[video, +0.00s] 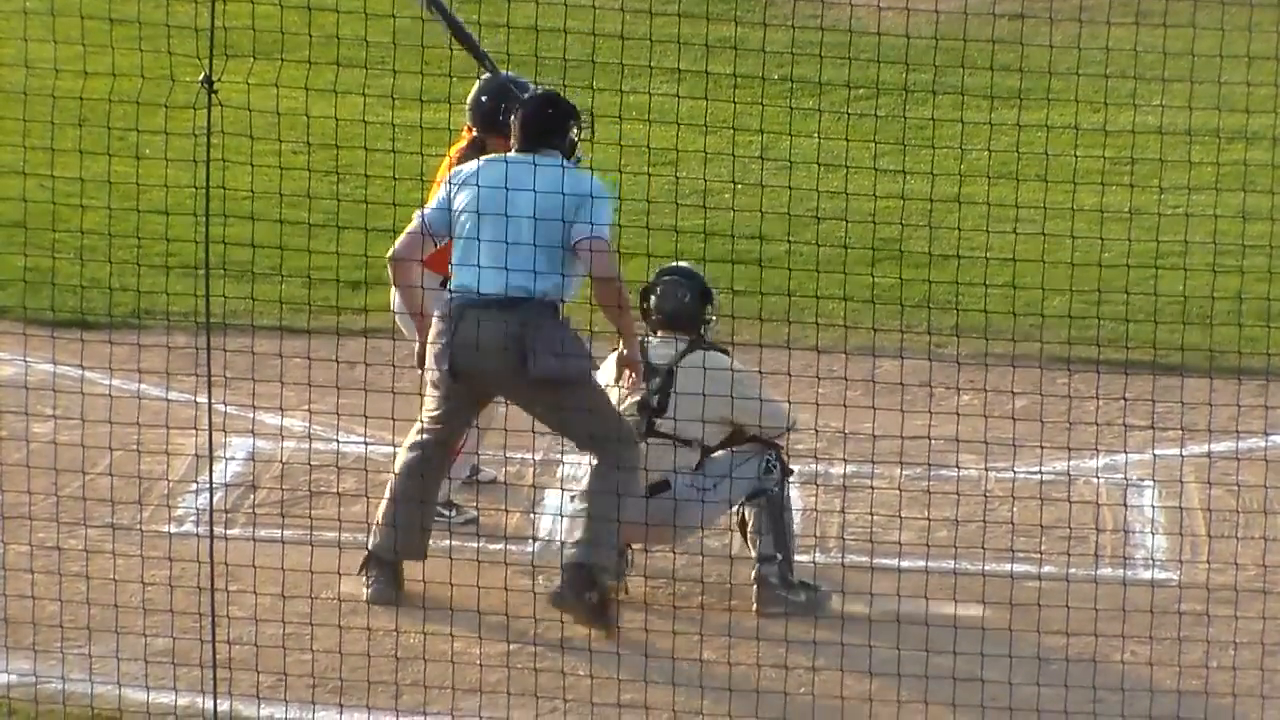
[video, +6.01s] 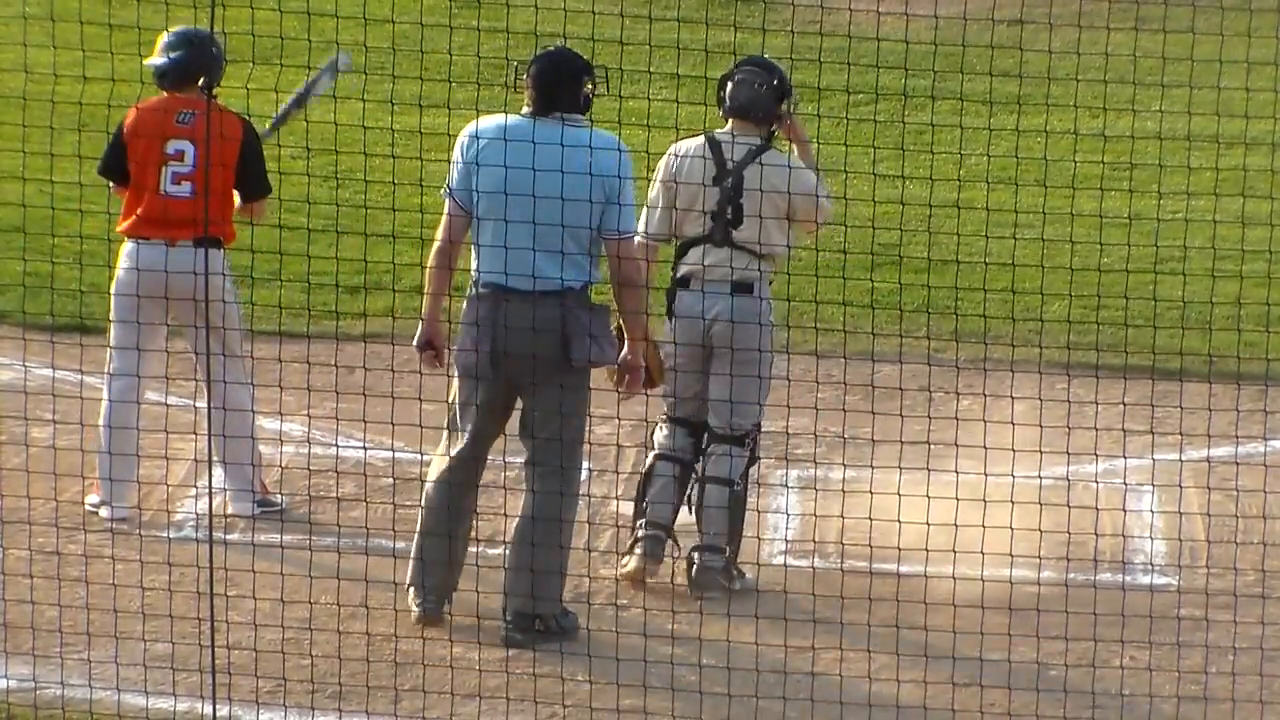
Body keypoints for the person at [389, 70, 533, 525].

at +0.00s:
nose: (521, 132)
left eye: (521, 123)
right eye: (516, 122)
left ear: (482, 122)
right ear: (497, 125)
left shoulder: (475, 156)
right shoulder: (470, 165)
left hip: (442, 281)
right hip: (430, 284)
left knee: (472, 371)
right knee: (452, 383)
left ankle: (465, 463)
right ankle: (437, 491)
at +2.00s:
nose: (536, 173)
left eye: (536, 165)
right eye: (531, 166)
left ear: (491, 168)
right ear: (519, 172)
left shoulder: (511, 210)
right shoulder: (475, 207)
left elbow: (527, 256)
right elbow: (488, 272)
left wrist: (550, 244)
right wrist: (536, 252)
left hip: (450, 327)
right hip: (411, 324)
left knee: (489, 401)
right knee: (467, 410)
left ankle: (443, 504)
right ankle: (435, 509)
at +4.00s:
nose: (272, 87)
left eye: (271, 80)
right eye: (271, 80)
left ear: (222, 69)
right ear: (264, 77)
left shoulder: (179, 107)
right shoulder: (269, 121)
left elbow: (161, 177)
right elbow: (285, 208)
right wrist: (288, 180)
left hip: (174, 253)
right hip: (239, 256)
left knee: (138, 364)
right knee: (257, 370)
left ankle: (98, 473)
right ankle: (262, 487)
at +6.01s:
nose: (156, 77)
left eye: (161, 71)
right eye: (160, 72)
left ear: (166, 72)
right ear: (210, 75)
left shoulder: (139, 116)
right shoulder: (237, 127)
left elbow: (117, 181)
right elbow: (257, 208)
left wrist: (167, 172)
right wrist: (235, 191)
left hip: (139, 260)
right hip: (205, 264)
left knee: (125, 375)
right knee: (228, 374)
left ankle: (113, 496)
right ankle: (248, 493)